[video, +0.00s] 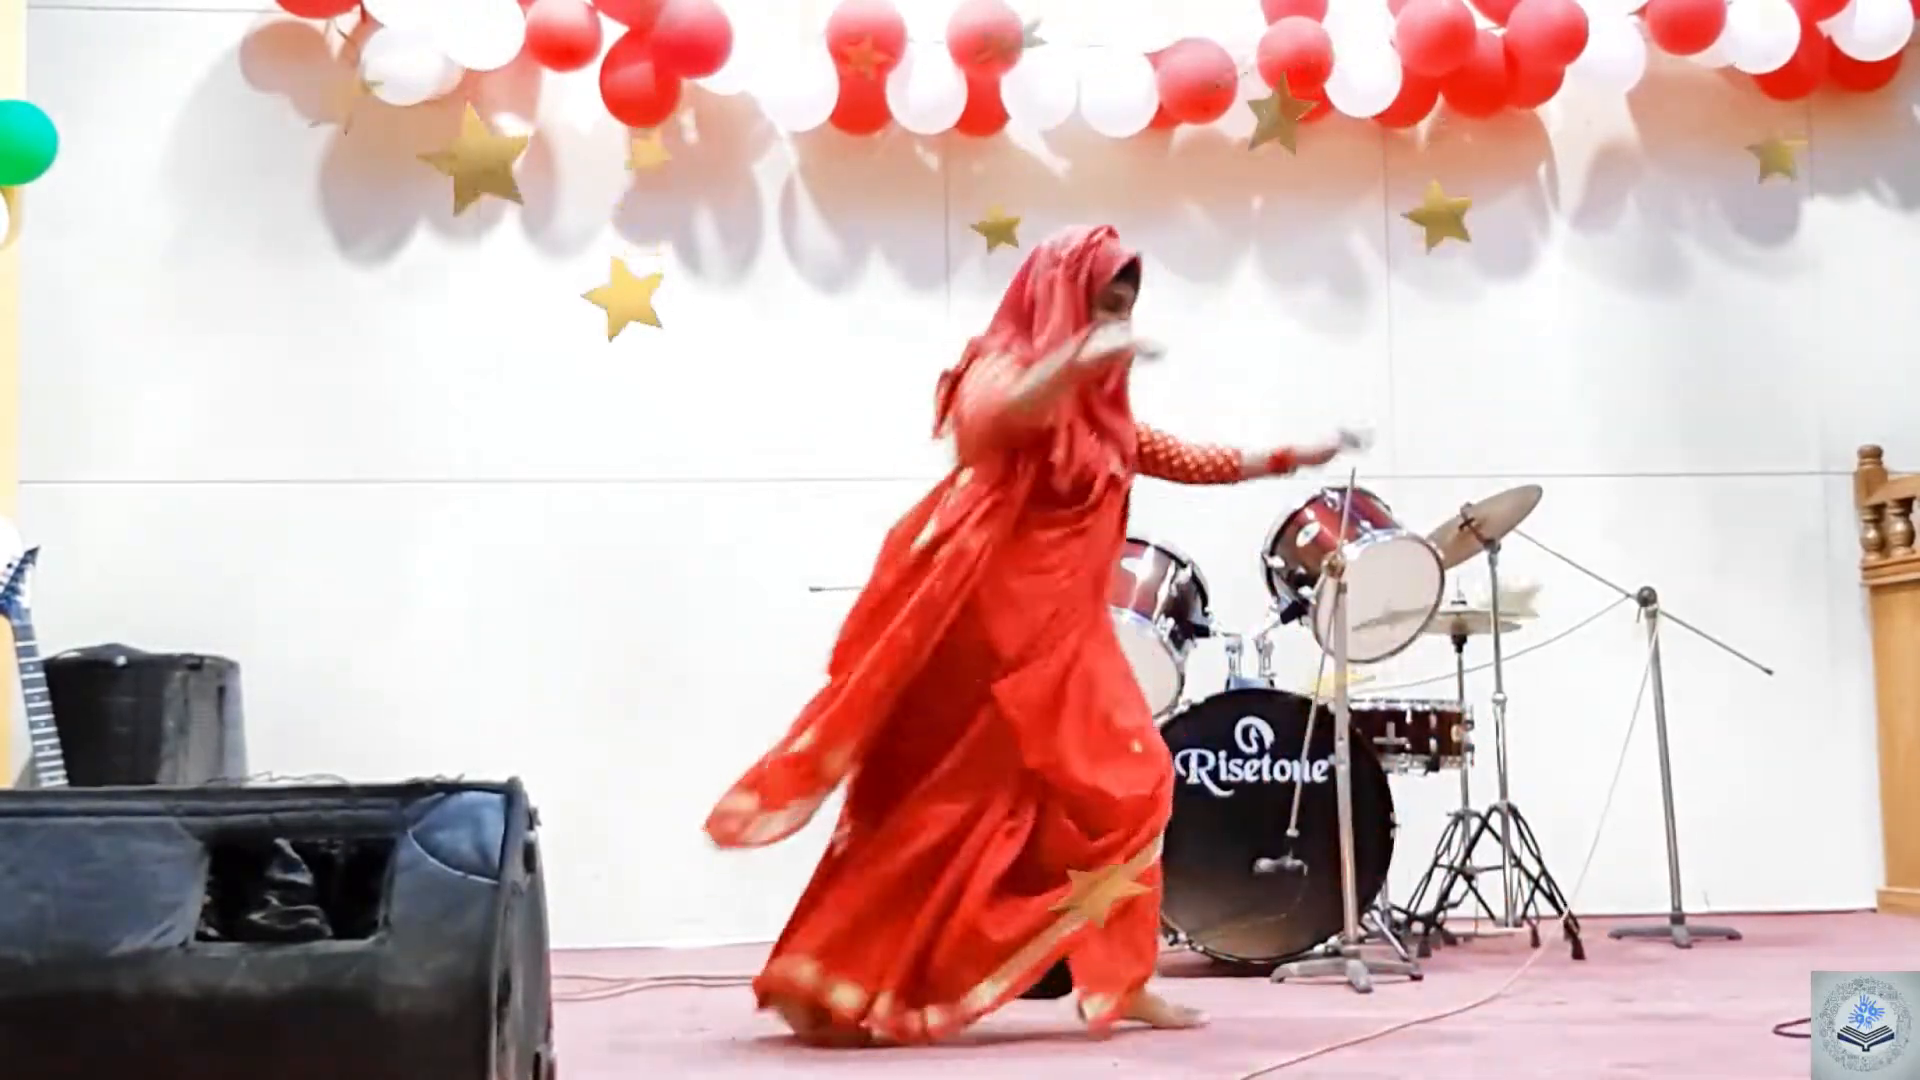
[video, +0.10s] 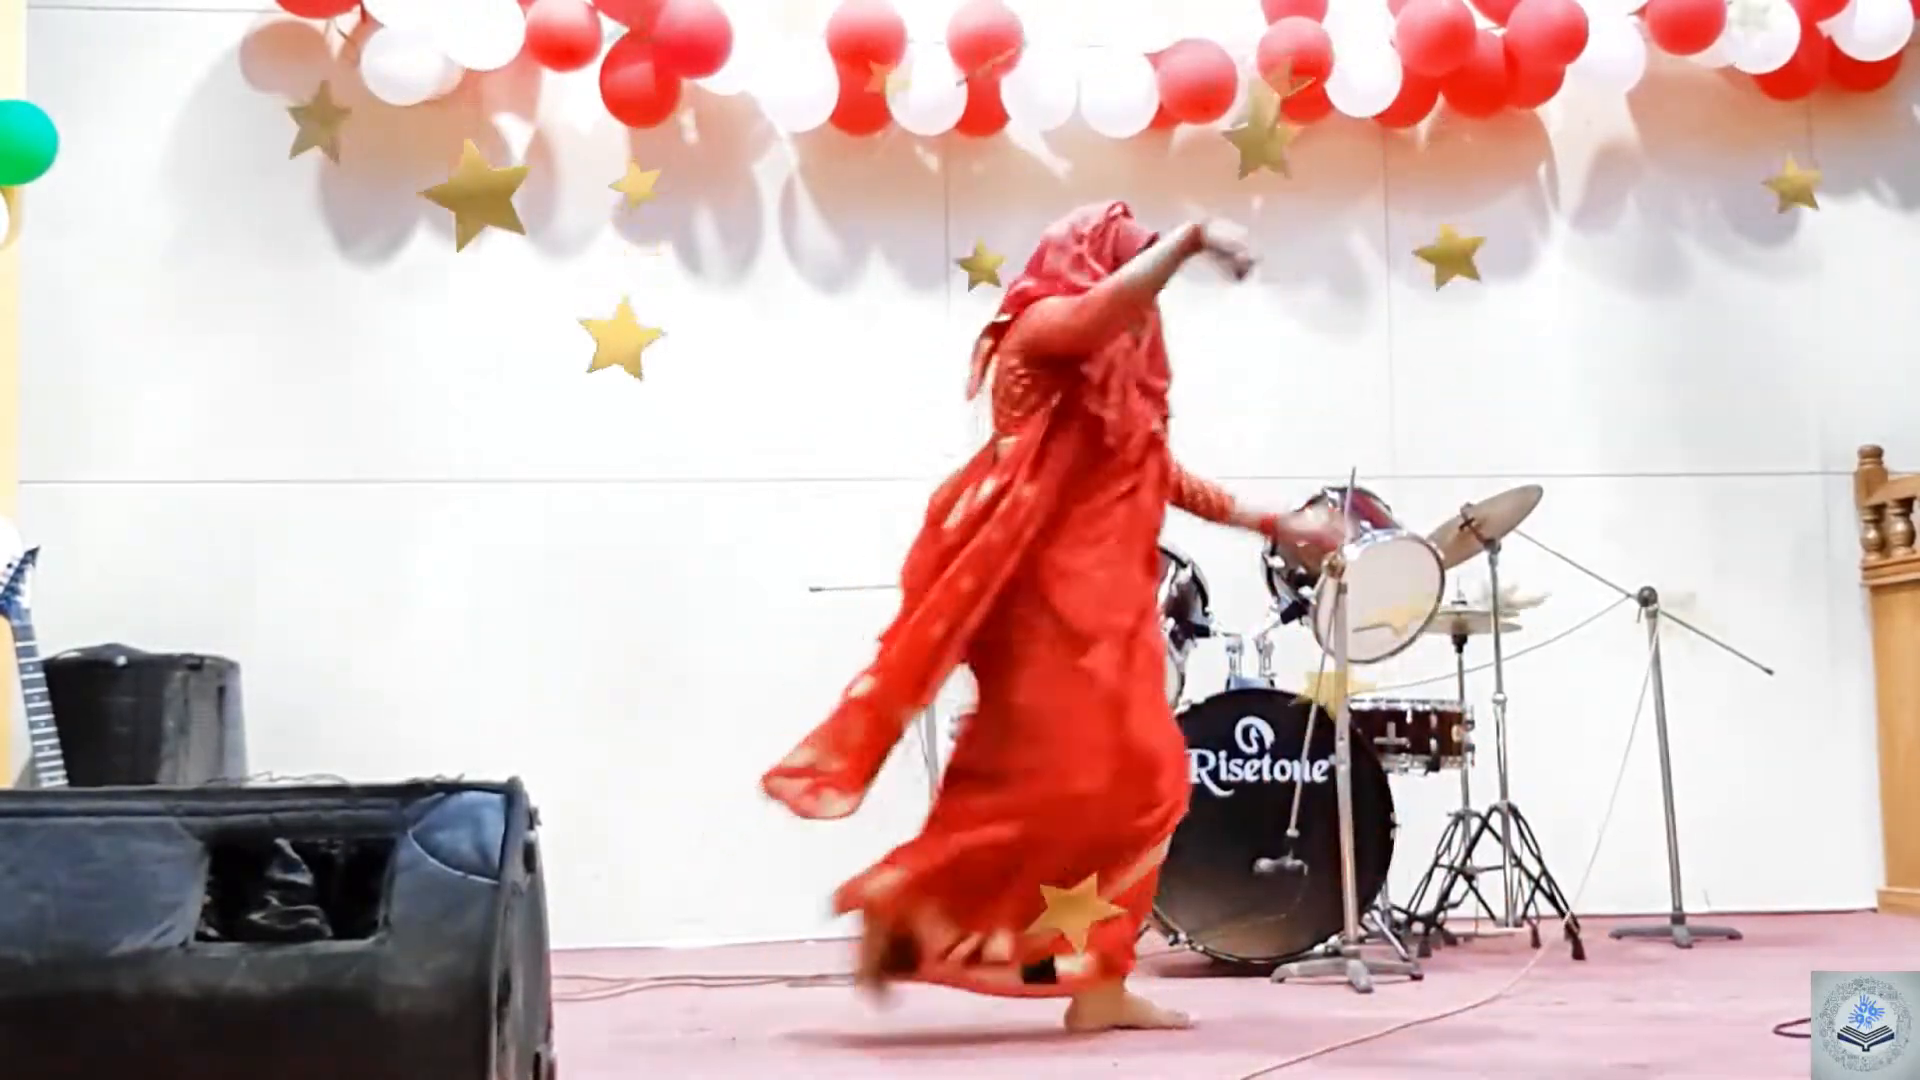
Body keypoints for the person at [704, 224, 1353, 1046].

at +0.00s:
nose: (1128, 306)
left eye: (1131, 289)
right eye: (1116, 288)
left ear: (1111, 307)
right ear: (1064, 292)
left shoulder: (1101, 411)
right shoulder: (998, 369)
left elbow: (1186, 459)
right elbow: (977, 433)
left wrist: (1288, 456)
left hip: (1068, 635)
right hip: (980, 631)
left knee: (1136, 783)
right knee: (929, 801)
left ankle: (1121, 980)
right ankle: (824, 980)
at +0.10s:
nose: (1147, 287)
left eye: (1151, 275)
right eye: (1136, 267)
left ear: (1090, 266)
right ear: (1094, 266)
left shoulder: (1125, 364)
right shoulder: (1035, 328)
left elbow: (1166, 478)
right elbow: (1099, 314)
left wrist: (1272, 522)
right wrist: (1186, 240)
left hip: (1113, 612)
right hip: (1041, 609)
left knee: (1151, 786)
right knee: (1066, 788)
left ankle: (1104, 985)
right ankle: (895, 907)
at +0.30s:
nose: (1191, 288)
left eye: (1189, 275)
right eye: (1181, 275)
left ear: (1115, 276)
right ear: (1144, 274)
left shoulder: (1121, 360)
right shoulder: (1128, 335)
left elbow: (1195, 502)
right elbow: (1236, 303)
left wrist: (1286, 560)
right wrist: (1322, 236)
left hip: (1121, 614)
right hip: (1181, 604)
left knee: (1146, 802)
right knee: (1348, 732)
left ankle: (1101, 985)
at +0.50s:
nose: (1277, 282)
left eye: (1273, 268)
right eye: (1267, 269)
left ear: (1178, 280)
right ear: (1240, 277)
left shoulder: (1149, 374)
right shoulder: (1250, 351)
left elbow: (1284, 399)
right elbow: (1342, 394)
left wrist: (1371, 371)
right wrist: (1429, 389)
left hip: (1222, 584)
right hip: (1314, 575)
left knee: (1228, 755)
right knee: (1399, 754)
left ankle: (1161, 928)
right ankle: (1426, 966)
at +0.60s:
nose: (1323, 306)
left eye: (1320, 292)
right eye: (1315, 292)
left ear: (1230, 297)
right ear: (1287, 298)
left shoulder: (1195, 381)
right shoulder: (1307, 387)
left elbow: (1294, 398)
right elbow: (1383, 458)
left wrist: (1383, 363)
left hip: (1256, 612)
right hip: (1348, 608)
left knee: (1298, 781)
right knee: (1431, 770)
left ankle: (1233, 916)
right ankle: (1438, 972)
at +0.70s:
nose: (1357, 311)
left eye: (1352, 298)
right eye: (1347, 299)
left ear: (1257, 310)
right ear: (1327, 310)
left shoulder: (1217, 400)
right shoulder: (1357, 390)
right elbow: (1448, 448)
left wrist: (1404, 400)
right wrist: (1518, 463)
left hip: (1276, 624)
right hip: (1368, 614)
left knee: (1318, 799)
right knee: (1418, 785)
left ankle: (1261, 928)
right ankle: (1430, 975)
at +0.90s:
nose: (1390, 266)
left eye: (1388, 251)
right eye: (1387, 250)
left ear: (1279, 259)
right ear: (1376, 249)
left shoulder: (1249, 372)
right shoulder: (1395, 292)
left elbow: (1227, 515)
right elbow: (1507, 245)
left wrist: (1231, 616)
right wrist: (1506, 251)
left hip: (1302, 591)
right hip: (1407, 570)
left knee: (1339, 779)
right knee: (1455, 753)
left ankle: (1364, 981)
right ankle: (1468, 952)